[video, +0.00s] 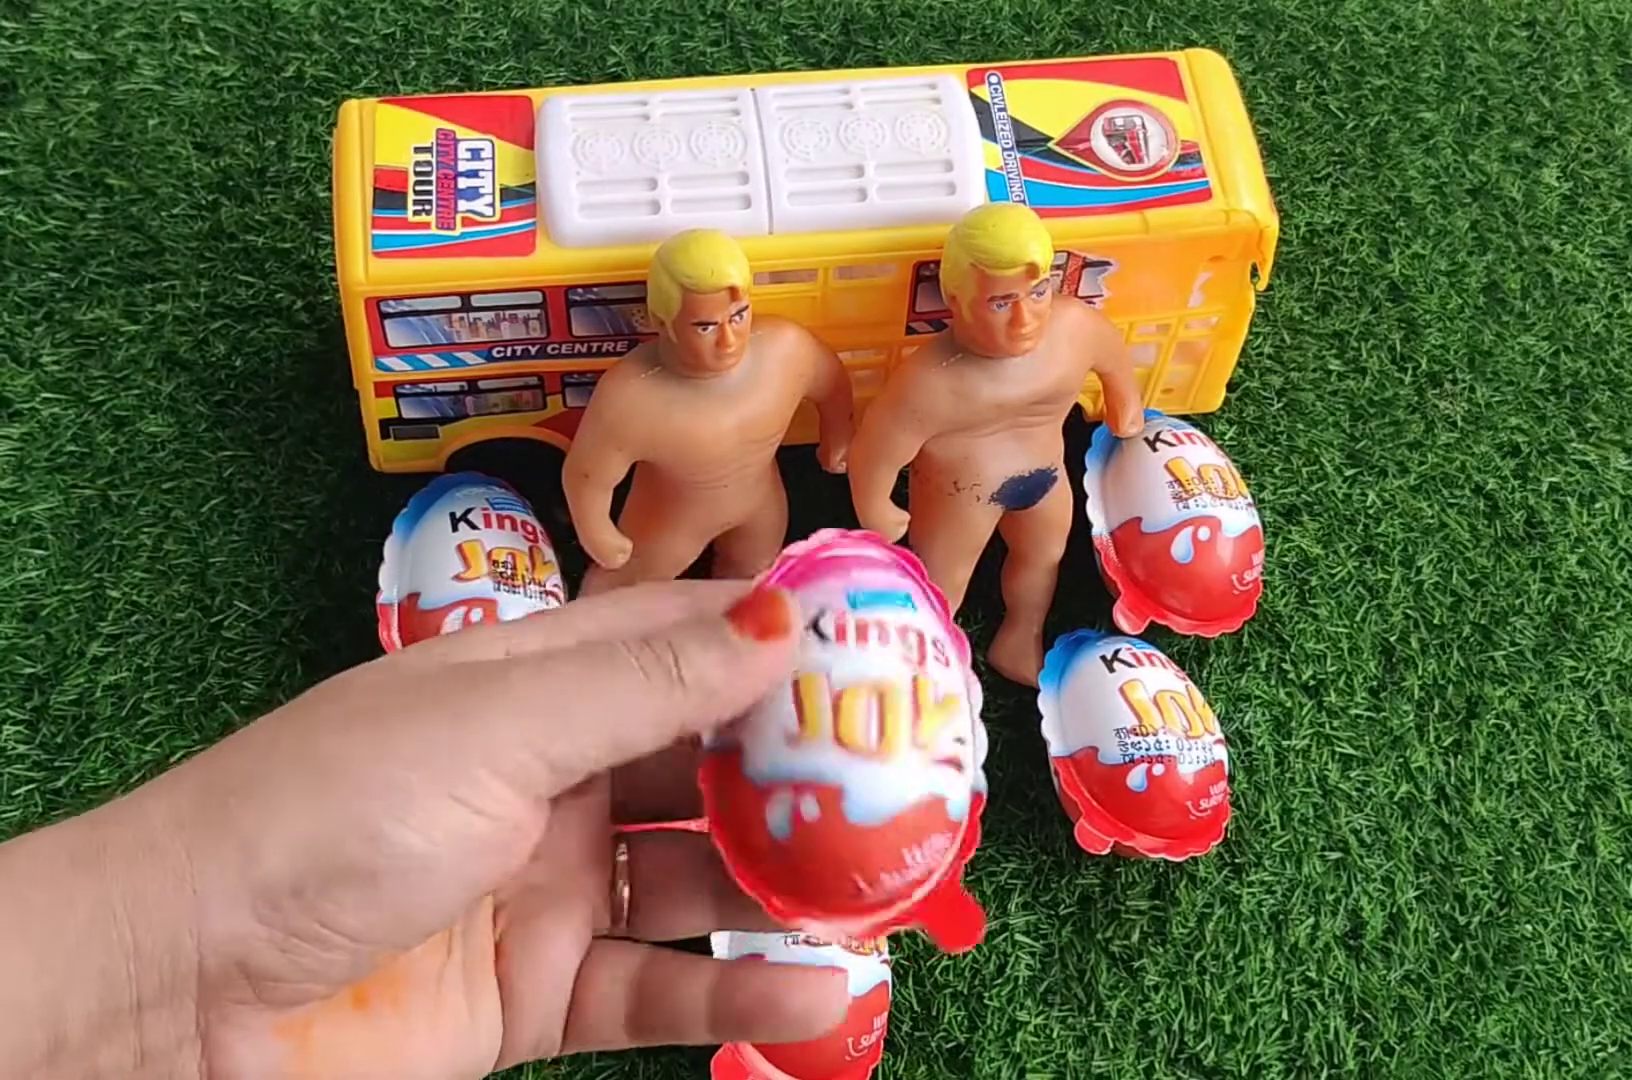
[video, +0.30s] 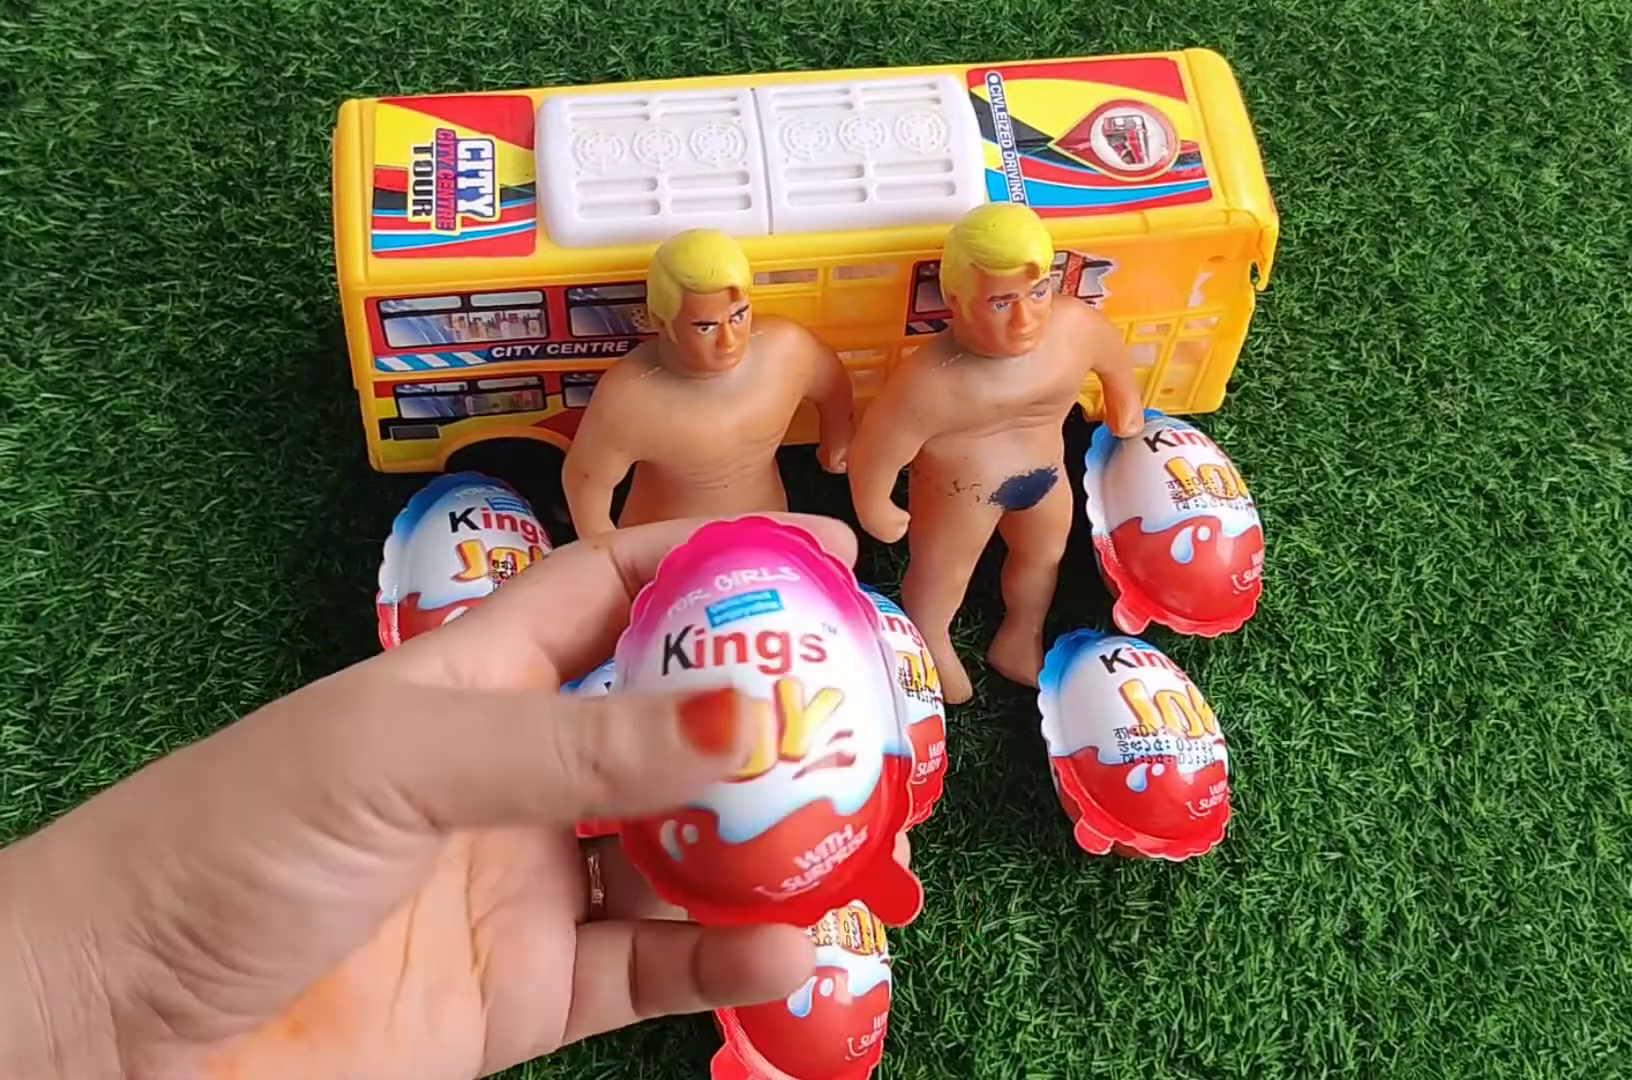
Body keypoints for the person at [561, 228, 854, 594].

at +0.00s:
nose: (728, 340)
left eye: (739, 316)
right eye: (705, 326)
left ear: (750, 301)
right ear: (663, 323)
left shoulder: (788, 350)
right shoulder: (629, 397)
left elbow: (833, 387)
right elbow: (586, 477)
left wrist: (836, 440)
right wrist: (598, 537)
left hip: (758, 500)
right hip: (671, 515)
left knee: (753, 585)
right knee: (627, 590)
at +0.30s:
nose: (727, 339)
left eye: (738, 316)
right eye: (704, 325)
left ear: (750, 300)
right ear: (661, 321)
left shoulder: (786, 349)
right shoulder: (627, 394)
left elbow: (832, 387)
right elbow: (584, 477)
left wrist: (835, 440)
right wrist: (600, 543)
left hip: (766, 528)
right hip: (659, 545)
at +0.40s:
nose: (728, 340)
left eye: (739, 315)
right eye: (705, 327)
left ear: (750, 301)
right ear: (664, 325)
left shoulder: (787, 350)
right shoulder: (627, 398)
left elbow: (832, 389)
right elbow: (584, 479)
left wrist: (834, 444)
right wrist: (606, 550)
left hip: (764, 540)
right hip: (662, 557)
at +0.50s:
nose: (728, 340)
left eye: (738, 316)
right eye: (705, 327)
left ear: (750, 302)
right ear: (661, 324)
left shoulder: (788, 350)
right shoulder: (628, 399)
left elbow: (833, 389)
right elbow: (585, 479)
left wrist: (836, 445)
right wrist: (601, 541)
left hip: (758, 510)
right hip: (670, 524)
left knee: (762, 612)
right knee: (657, 627)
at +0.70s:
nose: (728, 340)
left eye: (738, 316)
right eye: (705, 326)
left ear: (750, 302)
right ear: (660, 323)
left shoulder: (788, 350)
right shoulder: (629, 399)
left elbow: (832, 387)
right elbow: (586, 478)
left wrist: (837, 438)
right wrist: (599, 538)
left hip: (758, 498)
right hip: (671, 512)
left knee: (753, 575)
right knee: (624, 595)